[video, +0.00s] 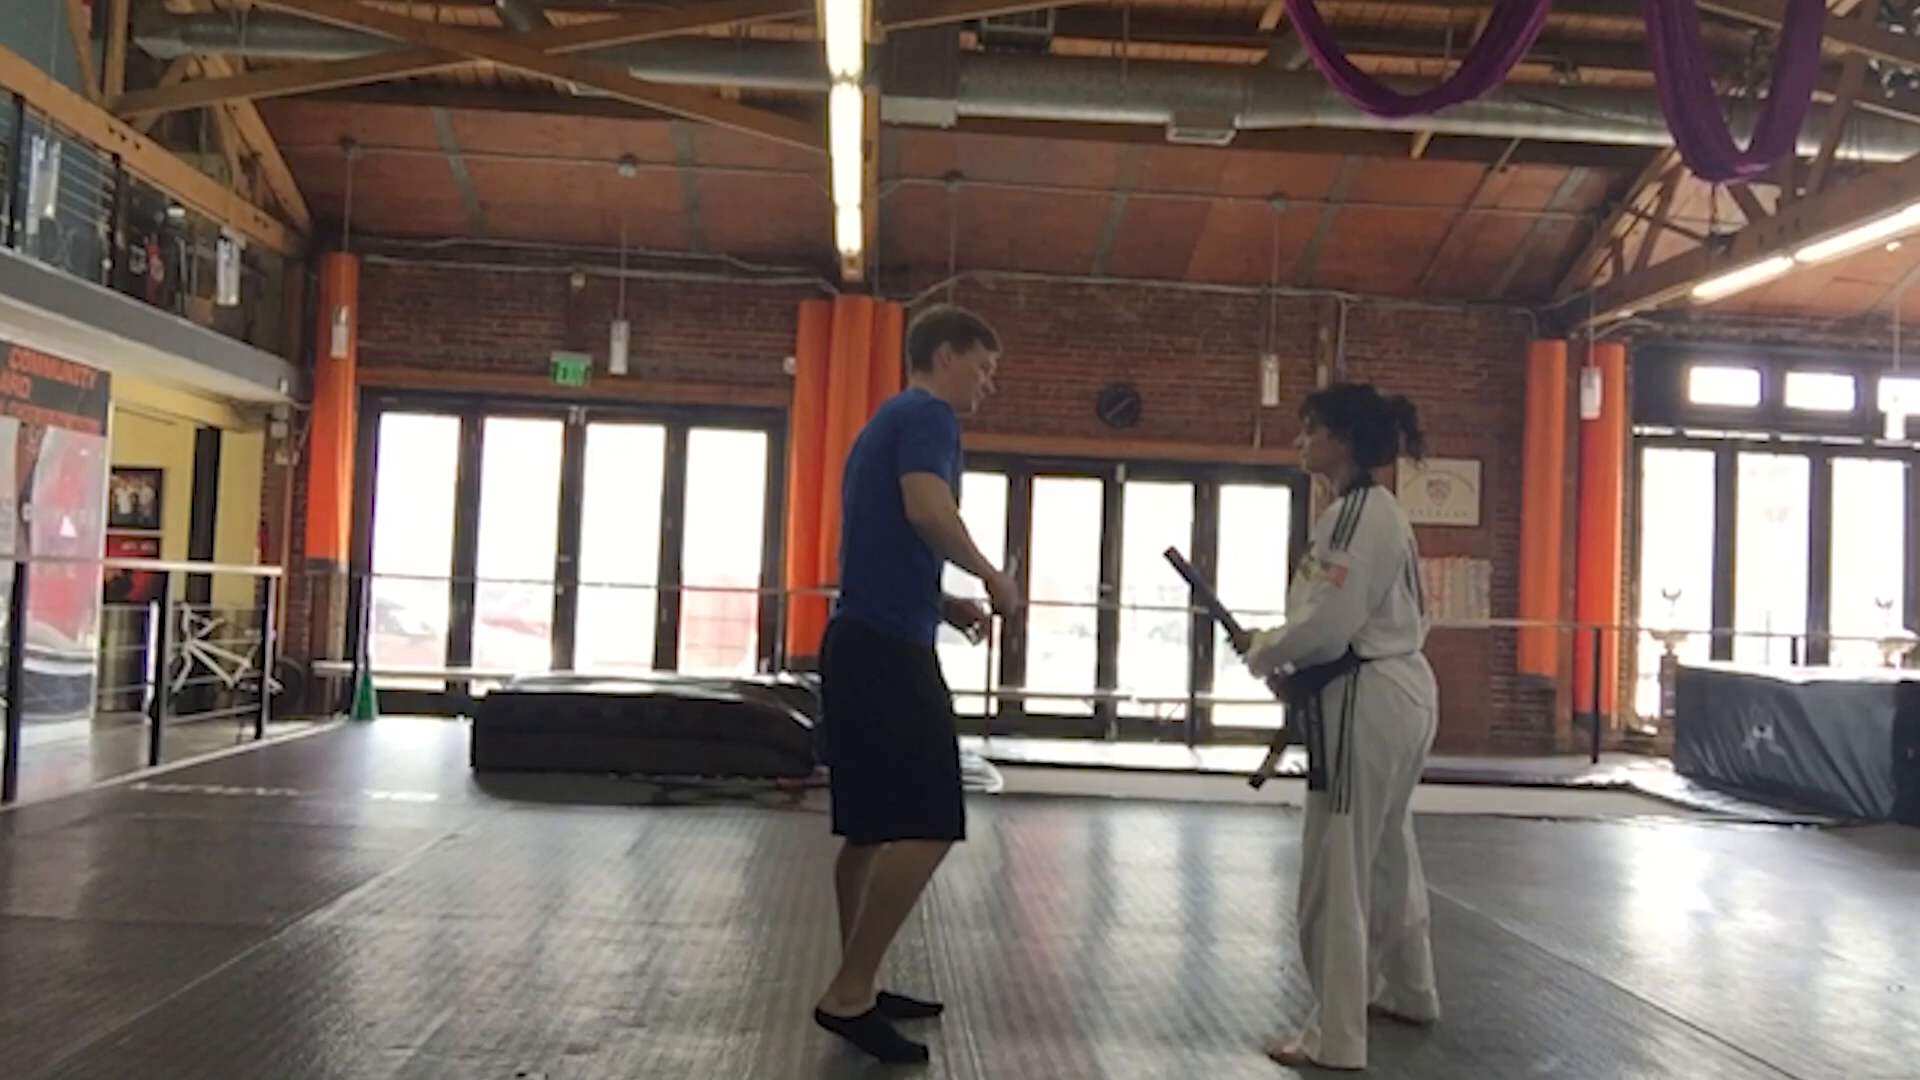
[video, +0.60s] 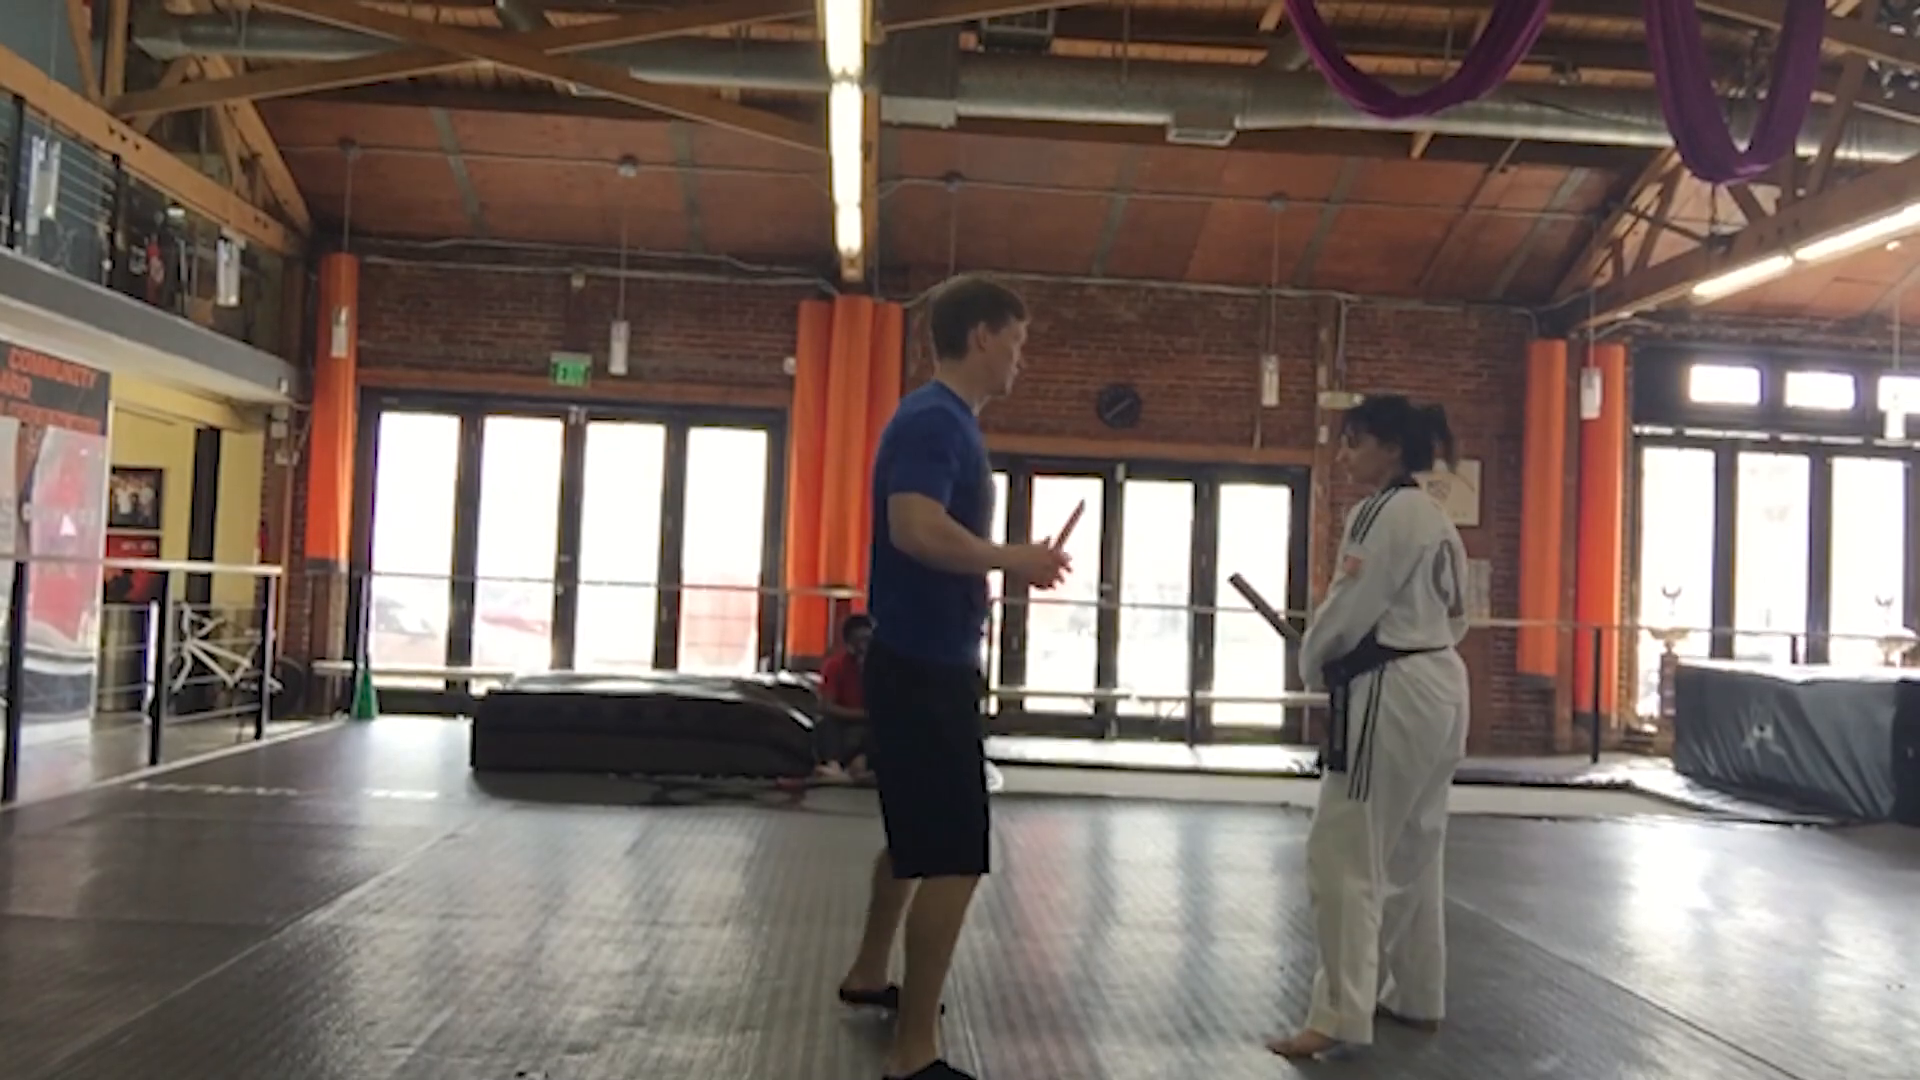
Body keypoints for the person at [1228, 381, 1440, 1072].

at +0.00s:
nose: (1301, 441)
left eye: (1313, 431)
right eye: (1303, 430)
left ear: (1348, 441)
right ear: (1350, 445)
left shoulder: (1362, 515)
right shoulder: (1366, 510)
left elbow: (1329, 625)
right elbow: (1333, 614)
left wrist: (1264, 651)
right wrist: (1280, 647)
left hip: (1365, 695)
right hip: (1395, 689)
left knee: (1333, 869)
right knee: (1388, 851)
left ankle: (1335, 1039)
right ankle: (1409, 994)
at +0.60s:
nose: (1347, 453)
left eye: (1358, 442)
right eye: (1347, 441)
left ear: (1393, 448)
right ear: (1399, 453)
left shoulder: (1392, 513)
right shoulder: (1426, 512)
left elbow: (1348, 610)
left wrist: (1311, 658)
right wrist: (1318, 620)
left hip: (1395, 687)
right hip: (1437, 684)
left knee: (1341, 851)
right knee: (1414, 851)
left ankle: (1339, 1016)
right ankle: (1417, 999)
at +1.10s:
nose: (1340, 492)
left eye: (1351, 481)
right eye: (1343, 480)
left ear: (1384, 486)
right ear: (1410, 493)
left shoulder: (1367, 532)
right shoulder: (1451, 551)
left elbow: (1271, 598)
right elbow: (1457, 635)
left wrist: (1236, 650)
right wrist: (1372, 670)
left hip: (1414, 702)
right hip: (1476, 707)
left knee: (1313, 846)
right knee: (1411, 867)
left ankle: (1332, 1011)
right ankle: (1415, 1001)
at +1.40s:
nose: (1314, 527)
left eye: (1324, 514)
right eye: (1316, 515)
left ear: (1361, 520)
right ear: (1373, 524)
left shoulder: (1351, 565)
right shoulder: (1398, 574)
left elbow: (1307, 593)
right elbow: (1429, 653)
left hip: (1395, 743)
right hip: (1430, 741)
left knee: (1333, 907)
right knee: (1366, 884)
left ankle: (1378, 1068)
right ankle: (1410, 999)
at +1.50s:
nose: (1303, 508)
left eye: (1315, 496)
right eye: (1303, 496)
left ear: (1357, 503)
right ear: (1328, 506)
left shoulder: (1393, 563)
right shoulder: (1327, 595)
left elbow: (1472, 618)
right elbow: (1266, 664)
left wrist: (1385, 658)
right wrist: (1190, 666)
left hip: (1410, 757)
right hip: (1356, 763)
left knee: (1335, 902)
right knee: (1308, 869)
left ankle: (1365, 1070)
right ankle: (1390, 968)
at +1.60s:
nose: (1293, 503)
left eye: (1306, 491)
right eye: (1294, 490)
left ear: (1348, 503)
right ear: (1324, 505)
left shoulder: (1429, 579)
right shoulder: (1279, 598)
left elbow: (1505, 646)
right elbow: (1180, 634)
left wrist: (1444, 663)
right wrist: (1078, 632)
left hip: (1425, 759)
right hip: (1351, 765)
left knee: (1347, 901)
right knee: (1284, 870)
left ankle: (1365, 1070)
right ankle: (1339, 990)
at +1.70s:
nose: (1293, 522)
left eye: (1305, 508)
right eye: (1293, 508)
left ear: (1350, 517)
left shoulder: (1424, 594)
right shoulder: (1281, 604)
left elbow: (1497, 662)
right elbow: (1213, 657)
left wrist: (1469, 696)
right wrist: (1160, 647)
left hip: (1412, 775)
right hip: (1327, 776)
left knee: (1355, 905)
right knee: (1273, 906)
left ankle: (1370, 1071)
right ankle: (1309, 1002)